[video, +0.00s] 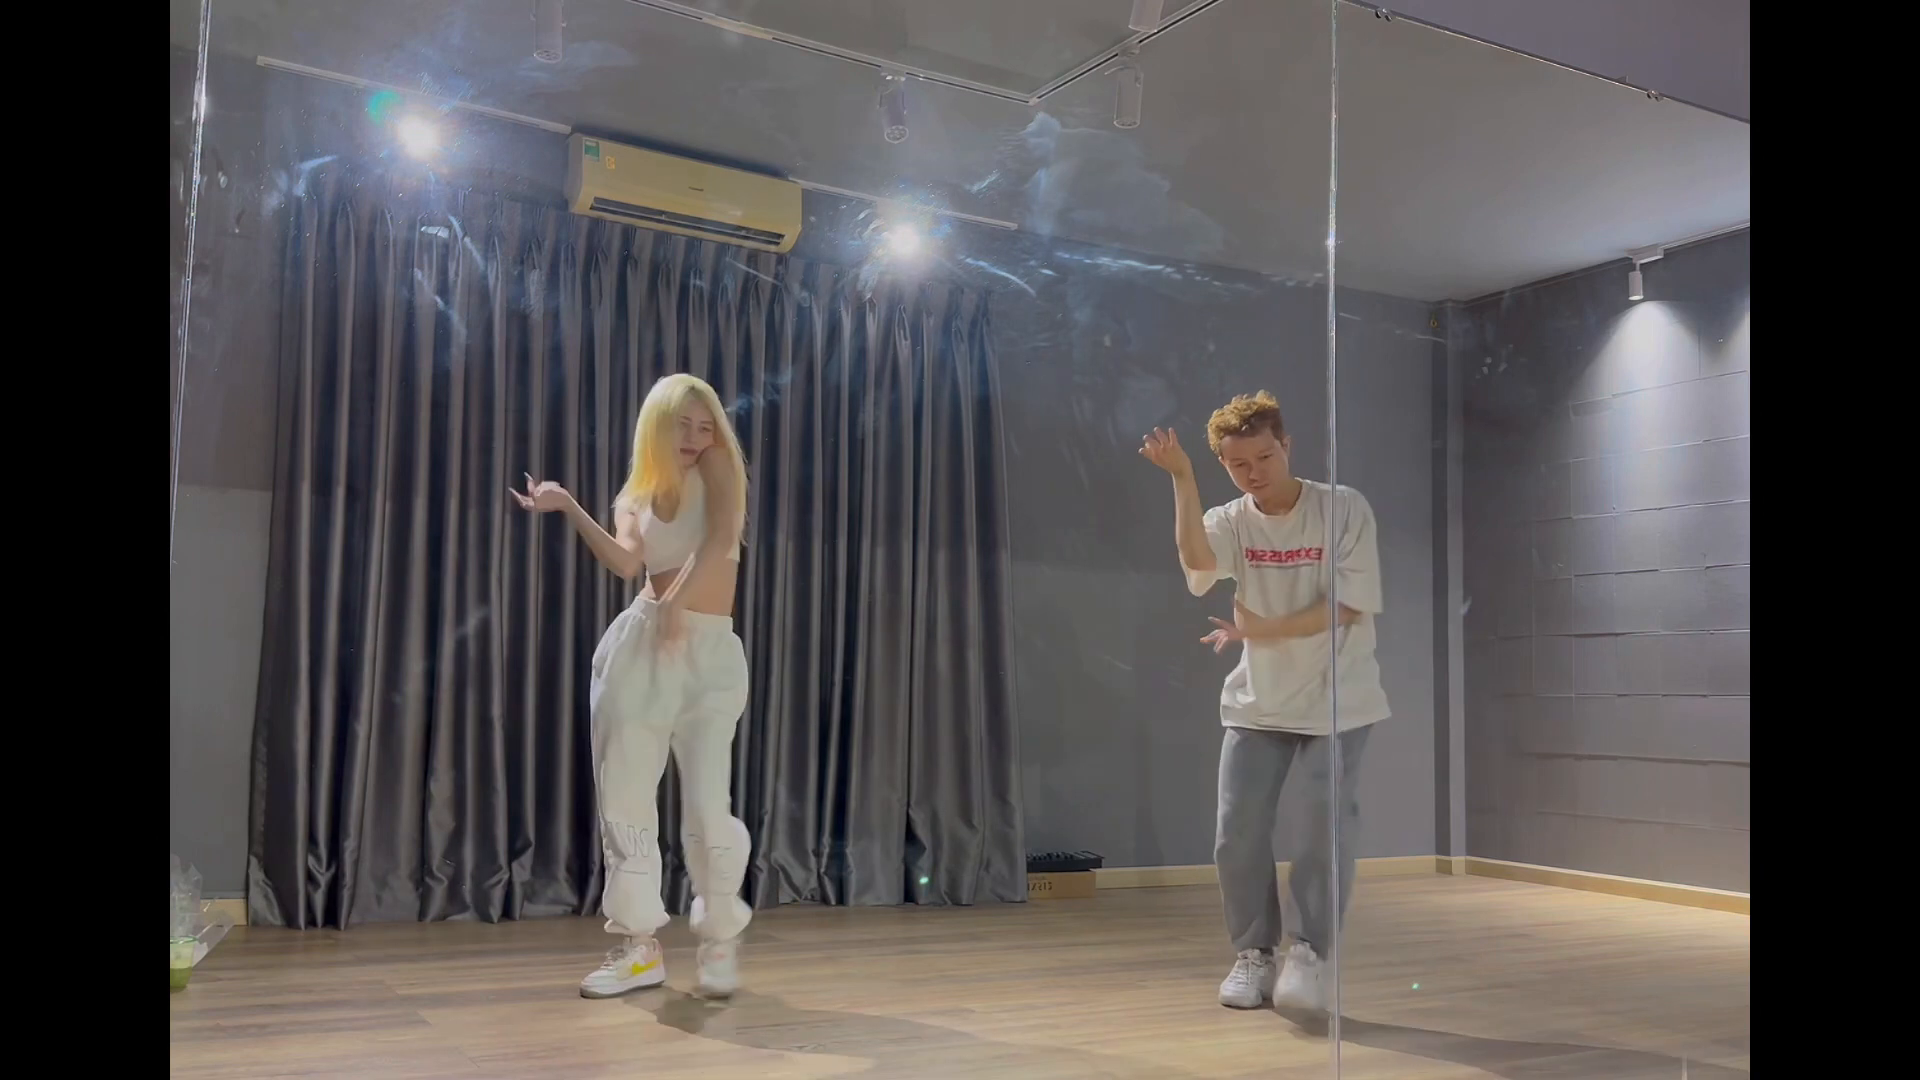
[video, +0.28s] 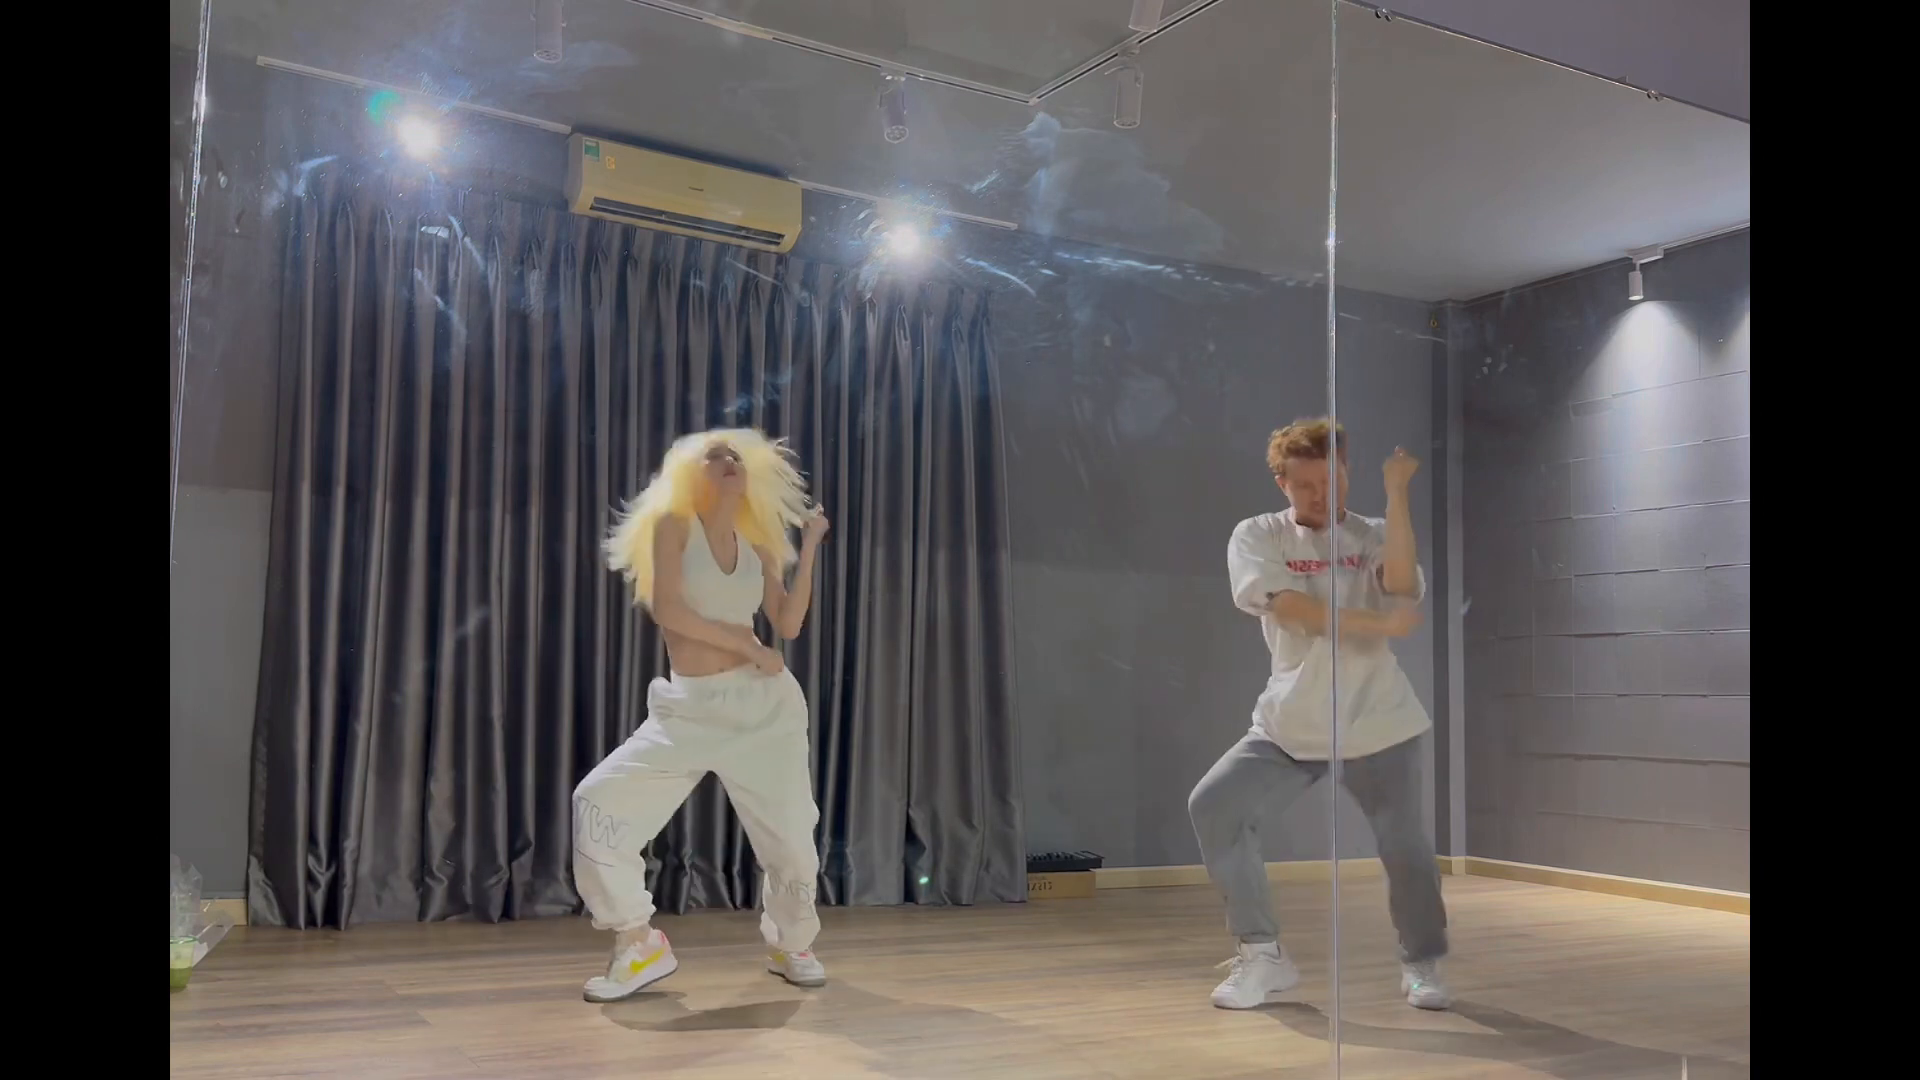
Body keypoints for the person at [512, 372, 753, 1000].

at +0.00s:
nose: (697, 438)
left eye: (706, 427)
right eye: (685, 427)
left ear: (717, 429)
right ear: (659, 429)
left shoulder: (720, 470)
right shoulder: (635, 495)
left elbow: (719, 541)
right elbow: (626, 561)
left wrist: (678, 601)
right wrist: (571, 506)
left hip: (710, 650)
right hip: (641, 647)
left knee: (706, 805)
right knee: (625, 798)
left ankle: (719, 949)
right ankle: (642, 949)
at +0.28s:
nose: (728, 462)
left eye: (736, 456)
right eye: (714, 456)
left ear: (751, 477)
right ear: (692, 477)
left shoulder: (761, 542)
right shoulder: (674, 526)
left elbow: (787, 621)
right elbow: (668, 611)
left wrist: (809, 546)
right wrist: (746, 645)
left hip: (765, 706)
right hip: (688, 710)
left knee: (793, 840)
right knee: (597, 802)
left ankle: (788, 944)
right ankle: (642, 944)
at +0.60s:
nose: (750, 410)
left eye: (756, 403)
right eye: (734, 405)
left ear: (766, 424)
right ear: (709, 428)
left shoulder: (781, 487)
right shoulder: (683, 482)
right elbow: (680, 565)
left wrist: (813, 477)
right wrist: (759, 586)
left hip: (756, 665)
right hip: (679, 660)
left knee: (780, 812)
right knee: (644, 805)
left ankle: (789, 940)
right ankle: (615, 945)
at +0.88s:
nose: (751, 424)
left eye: (759, 416)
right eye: (736, 416)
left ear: (774, 434)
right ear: (710, 434)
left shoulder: (789, 503)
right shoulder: (691, 491)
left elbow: (805, 558)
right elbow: (695, 581)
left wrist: (821, 474)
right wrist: (770, 596)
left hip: (750, 662)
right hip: (678, 654)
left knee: (758, 801)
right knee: (628, 789)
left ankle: (784, 939)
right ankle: (614, 934)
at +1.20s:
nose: (751, 451)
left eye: (759, 442)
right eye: (738, 442)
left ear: (770, 451)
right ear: (714, 450)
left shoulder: (771, 506)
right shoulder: (685, 490)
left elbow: (780, 577)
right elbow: (675, 570)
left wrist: (799, 512)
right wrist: (750, 600)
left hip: (760, 677)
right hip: (685, 678)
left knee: (773, 810)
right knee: (603, 798)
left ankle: (786, 941)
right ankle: (637, 942)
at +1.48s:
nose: (739, 459)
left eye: (746, 449)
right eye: (727, 448)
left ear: (754, 459)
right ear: (701, 453)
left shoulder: (746, 515)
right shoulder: (678, 489)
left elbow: (790, 549)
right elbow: (672, 570)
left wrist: (808, 490)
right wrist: (742, 608)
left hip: (751, 680)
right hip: (680, 683)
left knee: (791, 814)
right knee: (622, 812)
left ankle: (789, 944)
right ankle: (635, 946)